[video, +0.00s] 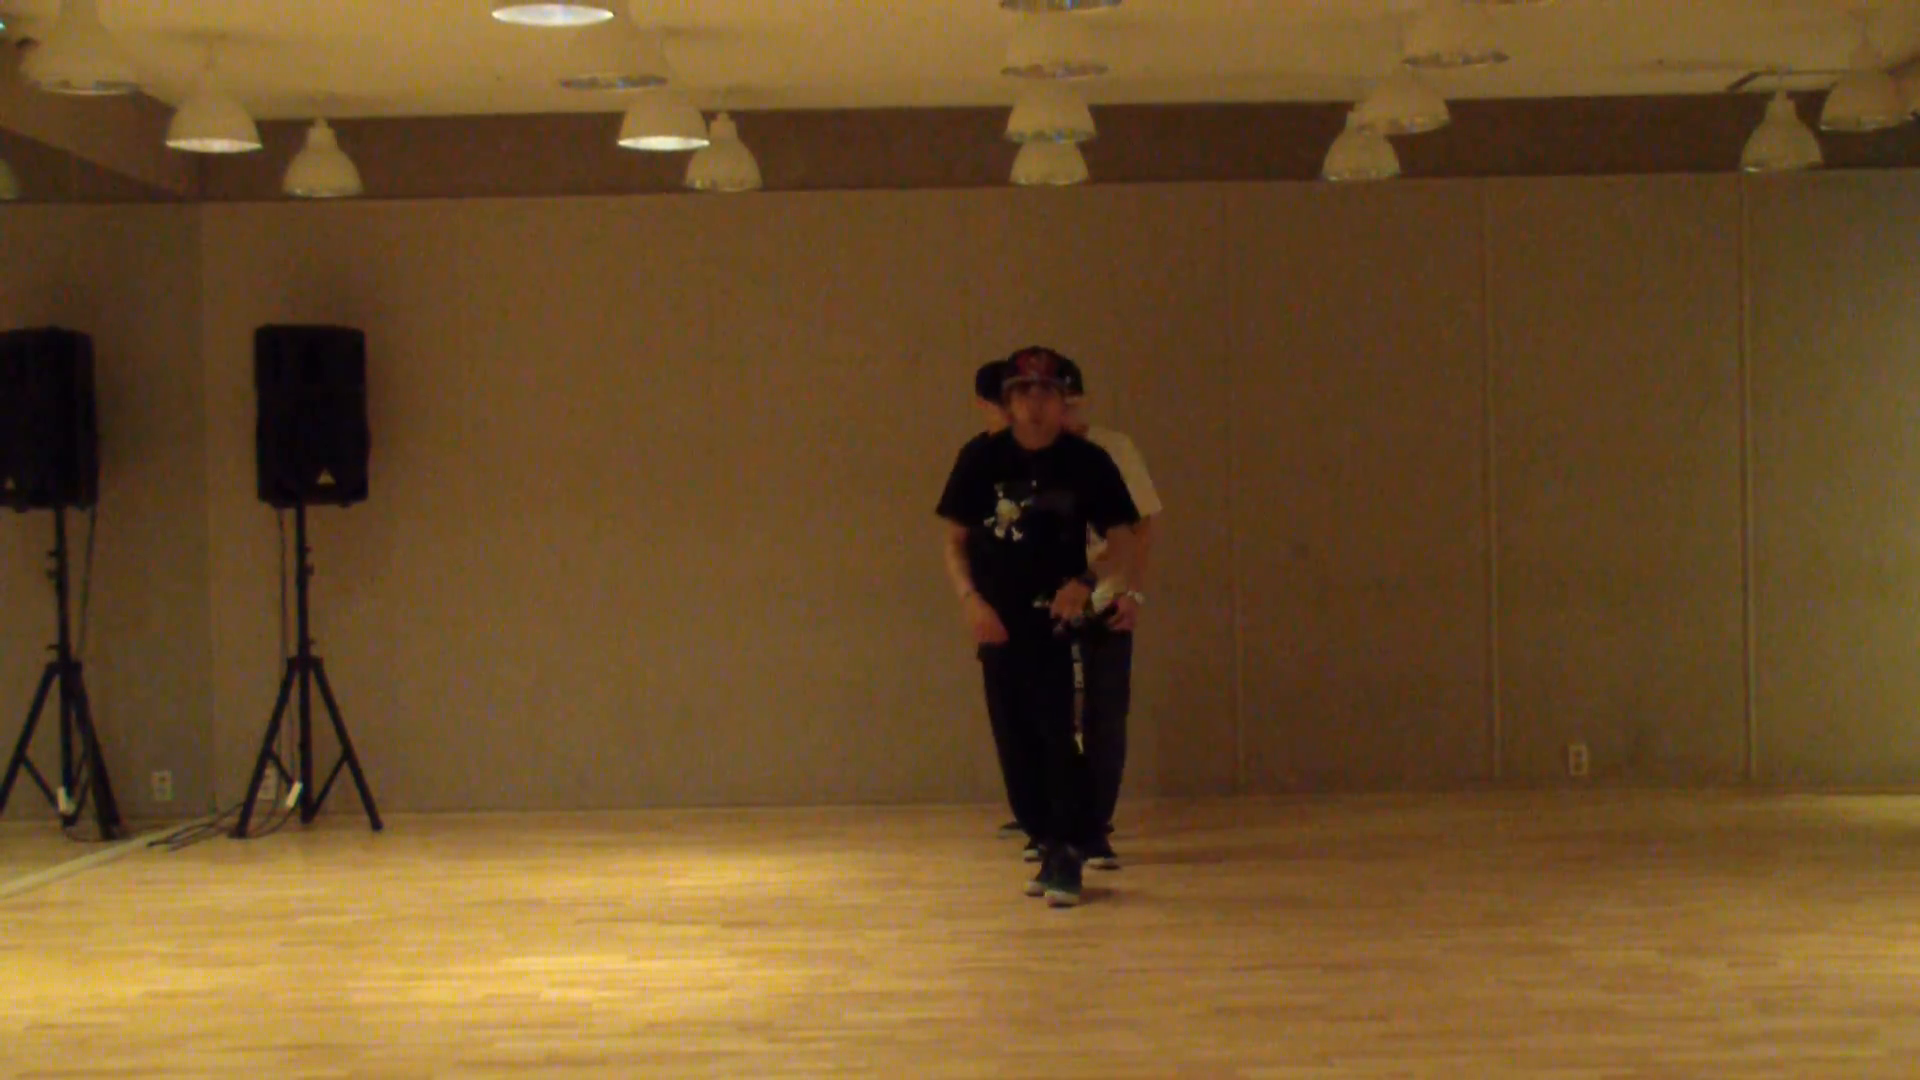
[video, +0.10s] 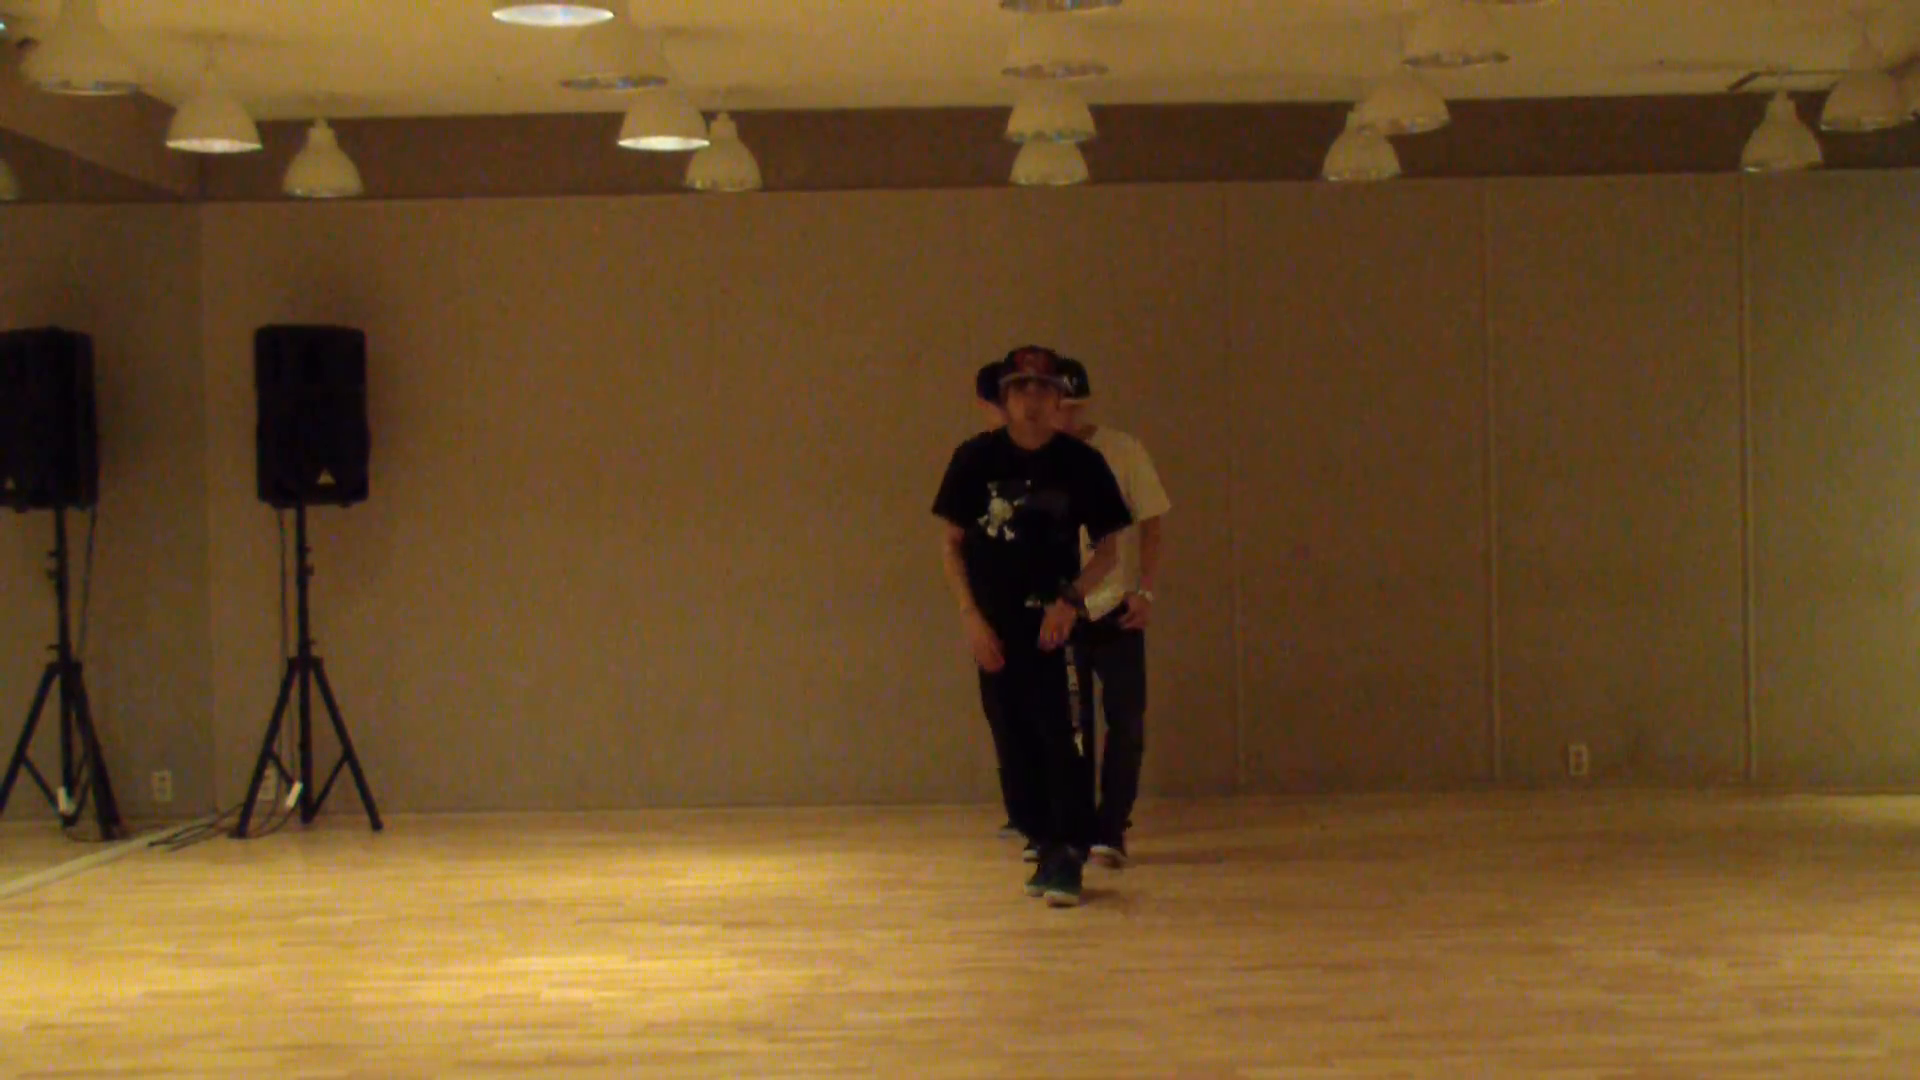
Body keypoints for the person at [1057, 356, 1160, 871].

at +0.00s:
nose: (1065, 412)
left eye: (1071, 401)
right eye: (1055, 403)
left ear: (1083, 403)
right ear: (1040, 406)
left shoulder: (1114, 449)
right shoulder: (1029, 460)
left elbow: (1143, 522)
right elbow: (1015, 534)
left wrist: (1129, 588)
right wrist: (1030, 585)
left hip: (1106, 602)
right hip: (1048, 603)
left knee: (1105, 719)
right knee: (1049, 718)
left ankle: (1096, 827)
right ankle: (1053, 825)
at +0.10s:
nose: (1067, 414)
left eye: (1074, 403)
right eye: (1058, 405)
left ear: (1088, 404)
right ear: (1044, 408)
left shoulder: (1123, 452)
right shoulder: (1037, 460)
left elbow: (1151, 523)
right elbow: (1023, 536)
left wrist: (1145, 588)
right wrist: (1043, 595)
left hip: (1116, 607)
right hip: (1060, 610)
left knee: (1124, 722)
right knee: (1068, 721)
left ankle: (1113, 828)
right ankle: (1072, 825)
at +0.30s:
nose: (1088, 421)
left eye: (1096, 411)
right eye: (1080, 412)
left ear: (1114, 406)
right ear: (1068, 410)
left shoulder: (1154, 452)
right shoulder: (1060, 459)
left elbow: (1180, 527)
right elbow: (1034, 520)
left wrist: (1171, 592)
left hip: (1143, 616)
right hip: (1077, 623)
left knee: (1181, 718)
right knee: (1071, 736)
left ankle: (1215, 818)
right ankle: (1067, 837)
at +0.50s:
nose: (1138, 425)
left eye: (1146, 414)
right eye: (1132, 416)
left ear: (1175, 406)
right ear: (1127, 414)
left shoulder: (1221, 456)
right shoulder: (1129, 456)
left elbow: (1243, 539)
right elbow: (1080, 502)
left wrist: (1227, 605)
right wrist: (1093, 442)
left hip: (1200, 621)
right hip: (1135, 624)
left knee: (1245, 726)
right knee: (1094, 726)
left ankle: (1293, 829)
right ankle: (1057, 832)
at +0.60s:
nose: (1163, 422)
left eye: (1169, 412)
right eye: (1159, 413)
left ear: (1201, 406)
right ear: (1167, 411)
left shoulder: (1252, 458)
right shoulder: (1168, 457)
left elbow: (1281, 538)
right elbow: (1118, 506)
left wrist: (1254, 609)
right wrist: (1114, 452)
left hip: (1228, 621)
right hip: (1166, 621)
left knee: (1259, 731)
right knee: (1121, 722)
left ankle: (1294, 834)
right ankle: (1080, 823)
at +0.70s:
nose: (1183, 414)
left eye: (1189, 405)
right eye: (1181, 405)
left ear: (1217, 402)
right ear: (1201, 406)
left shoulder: (1273, 459)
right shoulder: (1195, 453)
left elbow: (1304, 543)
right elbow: (1166, 515)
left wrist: (1268, 608)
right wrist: (1132, 482)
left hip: (1245, 619)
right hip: (1186, 615)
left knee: (1267, 728)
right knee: (1146, 714)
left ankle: (1295, 832)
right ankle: (1116, 818)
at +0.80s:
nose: (1196, 412)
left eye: (1201, 402)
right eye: (1195, 402)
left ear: (1228, 402)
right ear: (1221, 404)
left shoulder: (1282, 457)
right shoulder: (1215, 452)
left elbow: (1311, 546)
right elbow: (1205, 509)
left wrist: (1274, 610)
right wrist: (1161, 530)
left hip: (1255, 617)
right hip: (1201, 612)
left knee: (1273, 728)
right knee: (1169, 715)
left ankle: (1296, 834)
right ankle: (1146, 817)